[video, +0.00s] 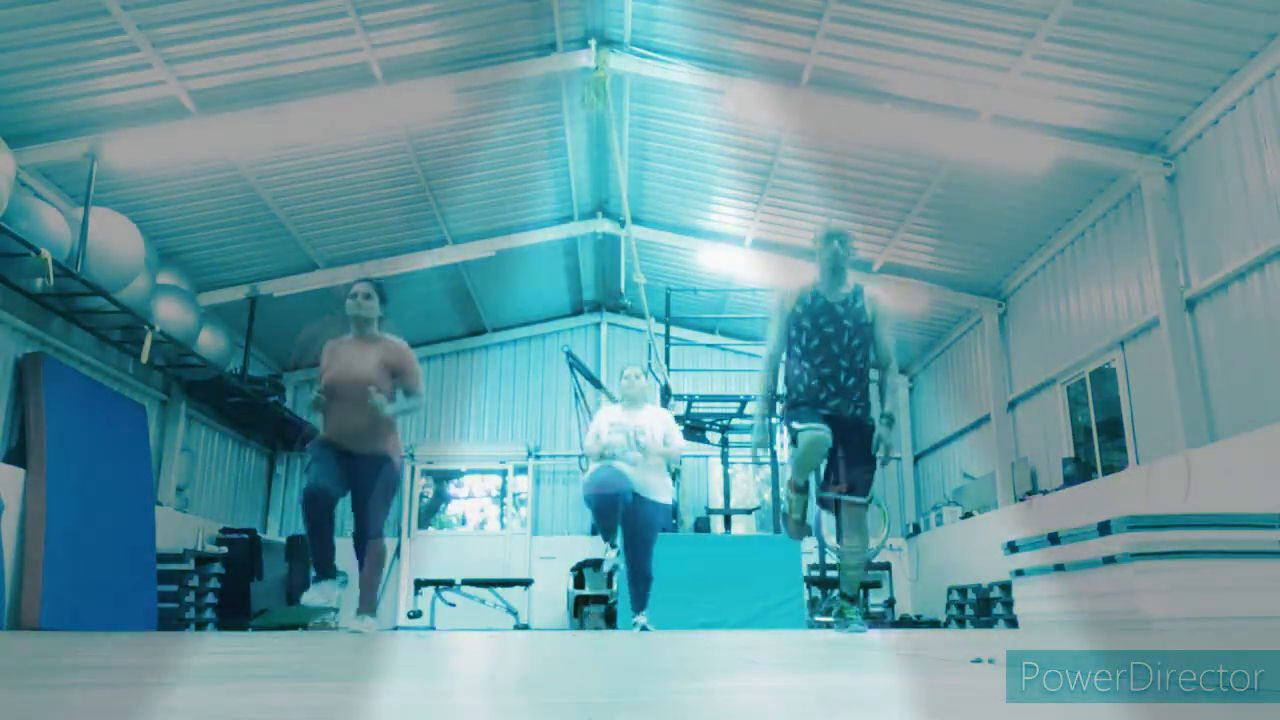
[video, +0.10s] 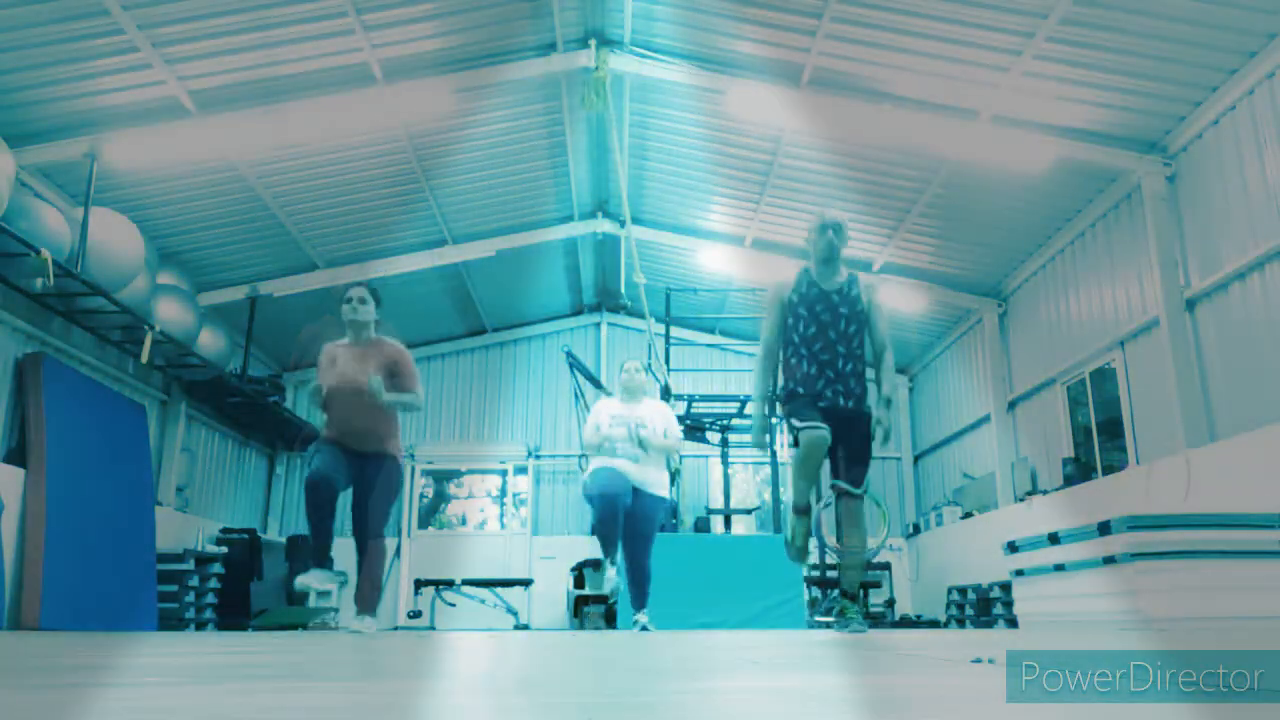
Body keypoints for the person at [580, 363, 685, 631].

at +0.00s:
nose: (631, 381)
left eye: (637, 377)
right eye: (626, 377)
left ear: (647, 385)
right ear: (619, 386)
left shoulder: (661, 416)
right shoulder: (606, 412)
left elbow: (677, 454)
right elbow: (589, 448)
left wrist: (651, 449)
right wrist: (608, 446)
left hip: (649, 488)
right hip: (612, 479)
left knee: (640, 555)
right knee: (606, 482)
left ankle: (639, 613)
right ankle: (610, 544)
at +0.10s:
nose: (631, 375)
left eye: (638, 371)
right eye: (626, 371)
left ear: (647, 380)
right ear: (618, 379)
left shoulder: (660, 408)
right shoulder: (604, 406)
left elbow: (676, 445)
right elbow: (587, 442)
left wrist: (648, 441)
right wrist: (608, 436)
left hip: (650, 479)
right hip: (609, 469)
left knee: (638, 551)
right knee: (610, 494)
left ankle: (640, 612)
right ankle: (610, 561)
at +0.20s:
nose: (630, 369)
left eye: (636, 366)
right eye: (625, 365)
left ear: (644, 376)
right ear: (616, 374)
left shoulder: (657, 402)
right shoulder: (601, 399)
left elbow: (674, 441)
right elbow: (584, 437)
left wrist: (647, 439)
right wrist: (603, 433)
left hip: (647, 479)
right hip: (606, 471)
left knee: (638, 547)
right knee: (613, 510)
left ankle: (639, 609)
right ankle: (606, 580)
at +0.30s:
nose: (626, 379)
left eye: (632, 376)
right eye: (621, 375)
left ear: (640, 385)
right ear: (612, 384)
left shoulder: (654, 414)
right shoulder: (597, 411)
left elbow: (672, 452)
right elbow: (580, 450)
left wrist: (651, 454)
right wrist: (601, 441)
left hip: (646, 494)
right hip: (606, 490)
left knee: (636, 553)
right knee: (611, 548)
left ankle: (631, 609)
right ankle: (607, 611)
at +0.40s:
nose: (622, 397)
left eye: (627, 392)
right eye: (616, 392)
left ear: (635, 398)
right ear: (608, 398)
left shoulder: (649, 429)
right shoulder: (595, 428)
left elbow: (668, 463)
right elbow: (582, 469)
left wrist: (646, 464)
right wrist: (596, 453)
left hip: (644, 505)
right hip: (604, 501)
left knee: (632, 562)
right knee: (618, 547)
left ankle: (629, 615)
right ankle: (607, 613)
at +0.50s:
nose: (621, 384)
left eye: (626, 379)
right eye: (615, 379)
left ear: (632, 385)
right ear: (607, 385)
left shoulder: (647, 415)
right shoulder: (592, 415)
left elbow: (665, 453)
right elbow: (582, 454)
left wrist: (642, 446)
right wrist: (600, 439)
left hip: (644, 491)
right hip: (604, 490)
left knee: (639, 550)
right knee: (613, 544)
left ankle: (632, 607)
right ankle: (608, 609)